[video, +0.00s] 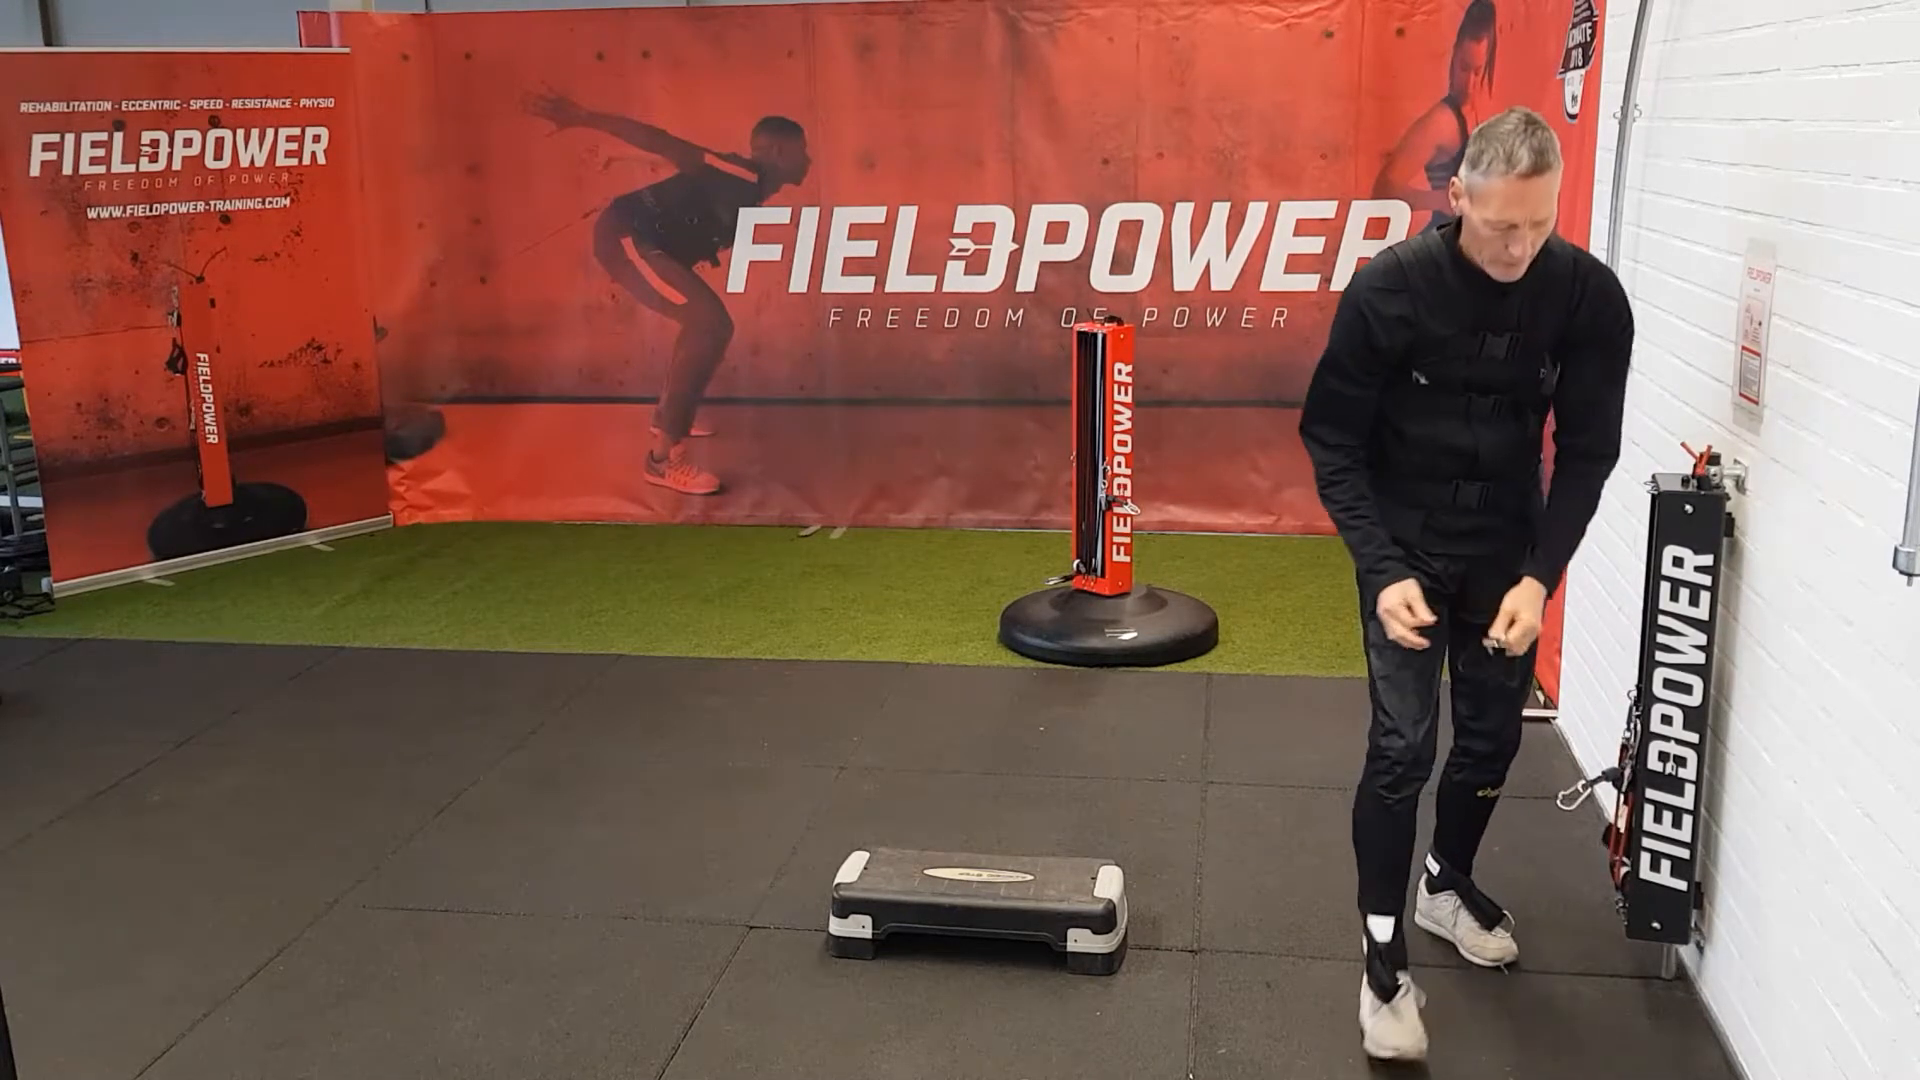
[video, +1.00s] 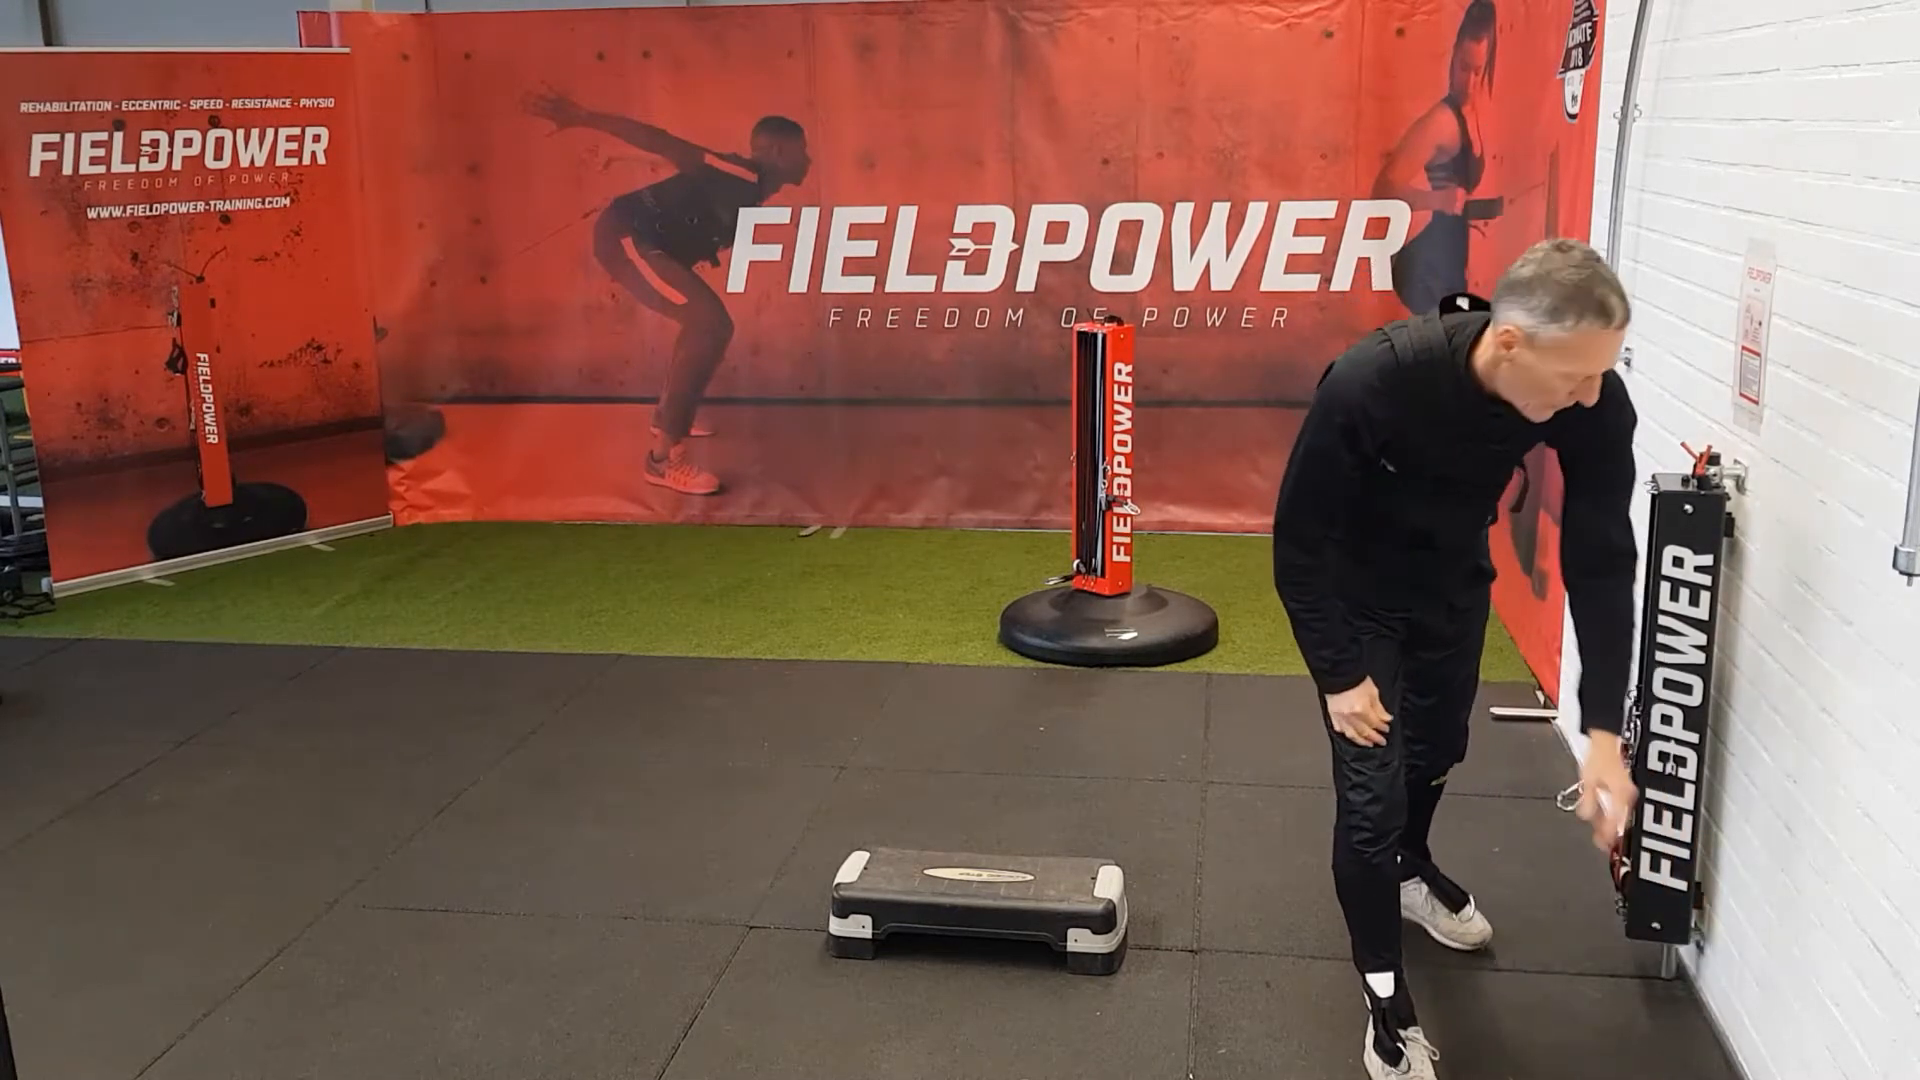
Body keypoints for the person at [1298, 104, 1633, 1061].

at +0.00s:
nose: (1518, 248)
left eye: (1536, 226)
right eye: (1498, 226)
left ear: (1559, 204)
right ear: (1457, 198)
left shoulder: (1590, 299)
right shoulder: (1388, 293)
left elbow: (1589, 451)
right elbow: (1332, 437)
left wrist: (1541, 575)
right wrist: (1382, 570)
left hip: (1509, 558)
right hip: (1401, 553)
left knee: (1488, 741)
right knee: (1403, 750)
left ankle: (1446, 882)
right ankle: (1383, 969)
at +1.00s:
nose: (1585, 397)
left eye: (1596, 378)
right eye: (1571, 380)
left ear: (1603, 350)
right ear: (1506, 342)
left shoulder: (1590, 402)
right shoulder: (1373, 382)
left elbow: (1602, 562)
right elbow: (1299, 538)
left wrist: (1605, 734)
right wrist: (1338, 673)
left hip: (1453, 586)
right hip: (1354, 587)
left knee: (1433, 749)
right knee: (1374, 803)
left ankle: (1407, 869)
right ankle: (1385, 993)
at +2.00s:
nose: (1606, 549)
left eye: (1617, 542)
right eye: (1609, 538)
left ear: (1579, 498)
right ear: (1574, 501)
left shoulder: (1561, 466)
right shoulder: (1446, 495)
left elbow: (1556, 599)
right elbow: (1458, 649)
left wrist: (1573, 720)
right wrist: (1535, 749)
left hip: (1390, 549)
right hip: (1308, 542)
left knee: (1463, 697)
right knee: (1346, 744)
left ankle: (1396, 868)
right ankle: (1363, 968)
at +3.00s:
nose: (1599, 478)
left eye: (1611, 466)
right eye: (1592, 461)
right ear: (1551, 416)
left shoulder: (1572, 394)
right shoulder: (1441, 438)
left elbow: (1594, 528)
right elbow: (1418, 585)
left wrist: (1576, 661)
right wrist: (1492, 705)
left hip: (1424, 537)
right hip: (1335, 529)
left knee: (1472, 700)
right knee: (1346, 739)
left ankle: (1398, 862)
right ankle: (1357, 953)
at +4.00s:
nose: (1574, 416)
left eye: (1589, 397)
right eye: (1557, 395)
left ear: (1605, 365)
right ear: (1510, 354)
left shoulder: (1589, 387)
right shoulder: (1418, 402)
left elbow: (1559, 503)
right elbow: (1382, 560)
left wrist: (1538, 628)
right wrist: (1480, 667)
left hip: (1436, 531)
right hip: (1343, 536)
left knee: (1454, 716)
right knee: (1369, 752)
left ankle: (1395, 866)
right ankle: (1370, 976)